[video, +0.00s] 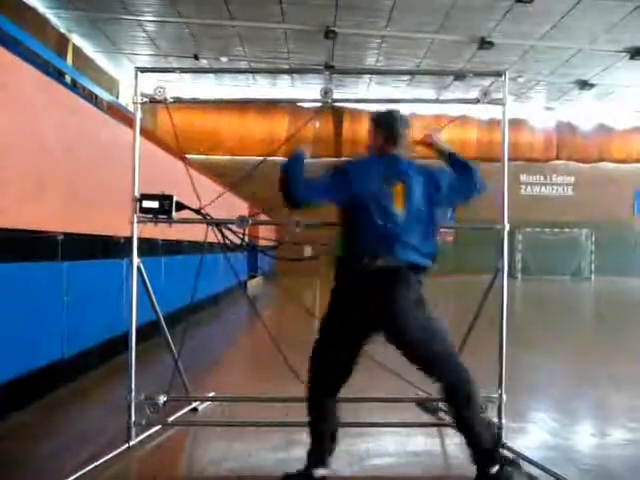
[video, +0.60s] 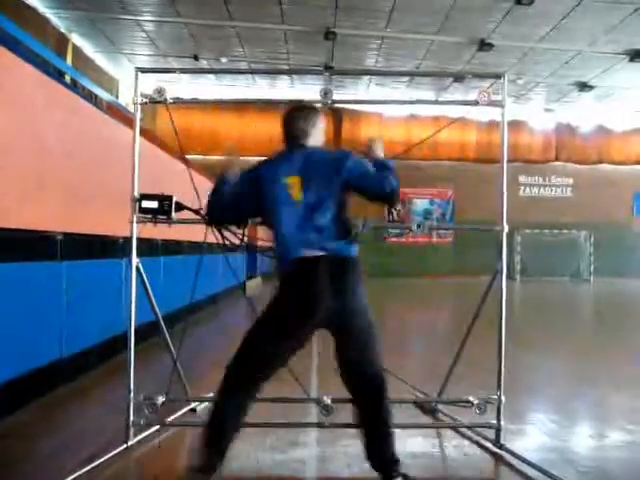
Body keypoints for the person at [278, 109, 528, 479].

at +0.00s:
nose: (372, 140)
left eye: (373, 134)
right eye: (377, 134)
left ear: (377, 137)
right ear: (405, 139)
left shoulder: (358, 173)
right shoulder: (429, 178)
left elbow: (297, 195)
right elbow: (473, 183)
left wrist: (296, 158)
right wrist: (445, 151)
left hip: (355, 292)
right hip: (403, 293)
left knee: (324, 375)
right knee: (451, 371)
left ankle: (318, 461)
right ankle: (489, 459)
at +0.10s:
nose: (348, 129)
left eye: (350, 123)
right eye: (354, 122)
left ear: (355, 126)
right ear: (386, 127)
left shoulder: (330, 162)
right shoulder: (406, 162)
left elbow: (275, 185)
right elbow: (441, 138)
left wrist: (278, 152)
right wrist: (406, 118)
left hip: (334, 290)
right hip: (382, 291)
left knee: (294, 363)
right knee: (427, 367)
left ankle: (297, 465)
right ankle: (442, 466)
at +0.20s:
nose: (319, 120)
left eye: (320, 114)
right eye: (324, 113)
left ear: (324, 117)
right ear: (356, 116)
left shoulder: (304, 158)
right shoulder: (380, 148)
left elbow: (240, 168)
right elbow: (421, 129)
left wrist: (227, 133)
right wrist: (382, 108)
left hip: (323, 286)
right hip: (372, 287)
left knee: (253, 353)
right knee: (412, 374)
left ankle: (251, 454)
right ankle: (445, 465)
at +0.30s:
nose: (270, 132)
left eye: (270, 127)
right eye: (285, 128)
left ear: (269, 131)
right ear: (302, 130)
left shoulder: (254, 161)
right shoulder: (325, 162)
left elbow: (208, 138)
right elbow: (377, 182)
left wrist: (173, 103)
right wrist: (388, 158)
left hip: (301, 289)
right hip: (345, 281)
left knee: (241, 381)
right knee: (402, 364)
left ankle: (187, 464)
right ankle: (466, 441)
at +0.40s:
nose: (281, 147)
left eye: (274, 141)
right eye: (281, 142)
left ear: (247, 147)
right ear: (280, 148)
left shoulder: (226, 181)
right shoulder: (293, 184)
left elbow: (195, 154)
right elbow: (322, 234)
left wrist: (167, 114)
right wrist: (371, 224)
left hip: (280, 307)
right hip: (326, 298)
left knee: (195, 379)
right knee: (389, 377)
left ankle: (169, 468)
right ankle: (462, 451)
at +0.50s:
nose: (294, 146)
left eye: (292, 141)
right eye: (292, 141)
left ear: (254, 145)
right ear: (287, 145)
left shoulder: (226, 189)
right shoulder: (302, 179)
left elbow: (177, 206)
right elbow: (341, 225)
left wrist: (164, 160)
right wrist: (373, 207)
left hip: (275, 301)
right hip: (322, 292)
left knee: (200, 378)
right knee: (364, 374)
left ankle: (169, 468)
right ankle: (417, 456)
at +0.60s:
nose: (324, 132)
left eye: (321, 126)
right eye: (322, 127)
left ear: (285, 133)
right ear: (317, 131)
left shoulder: (266, 173)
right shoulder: (338, 162)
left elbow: (218, 214)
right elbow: (387, 190)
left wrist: (226, 179)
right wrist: (379, 160)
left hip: (299, 290)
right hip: (346, 288)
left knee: (245, 372)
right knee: (367, 377)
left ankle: (208, 461)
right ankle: (387, 465)